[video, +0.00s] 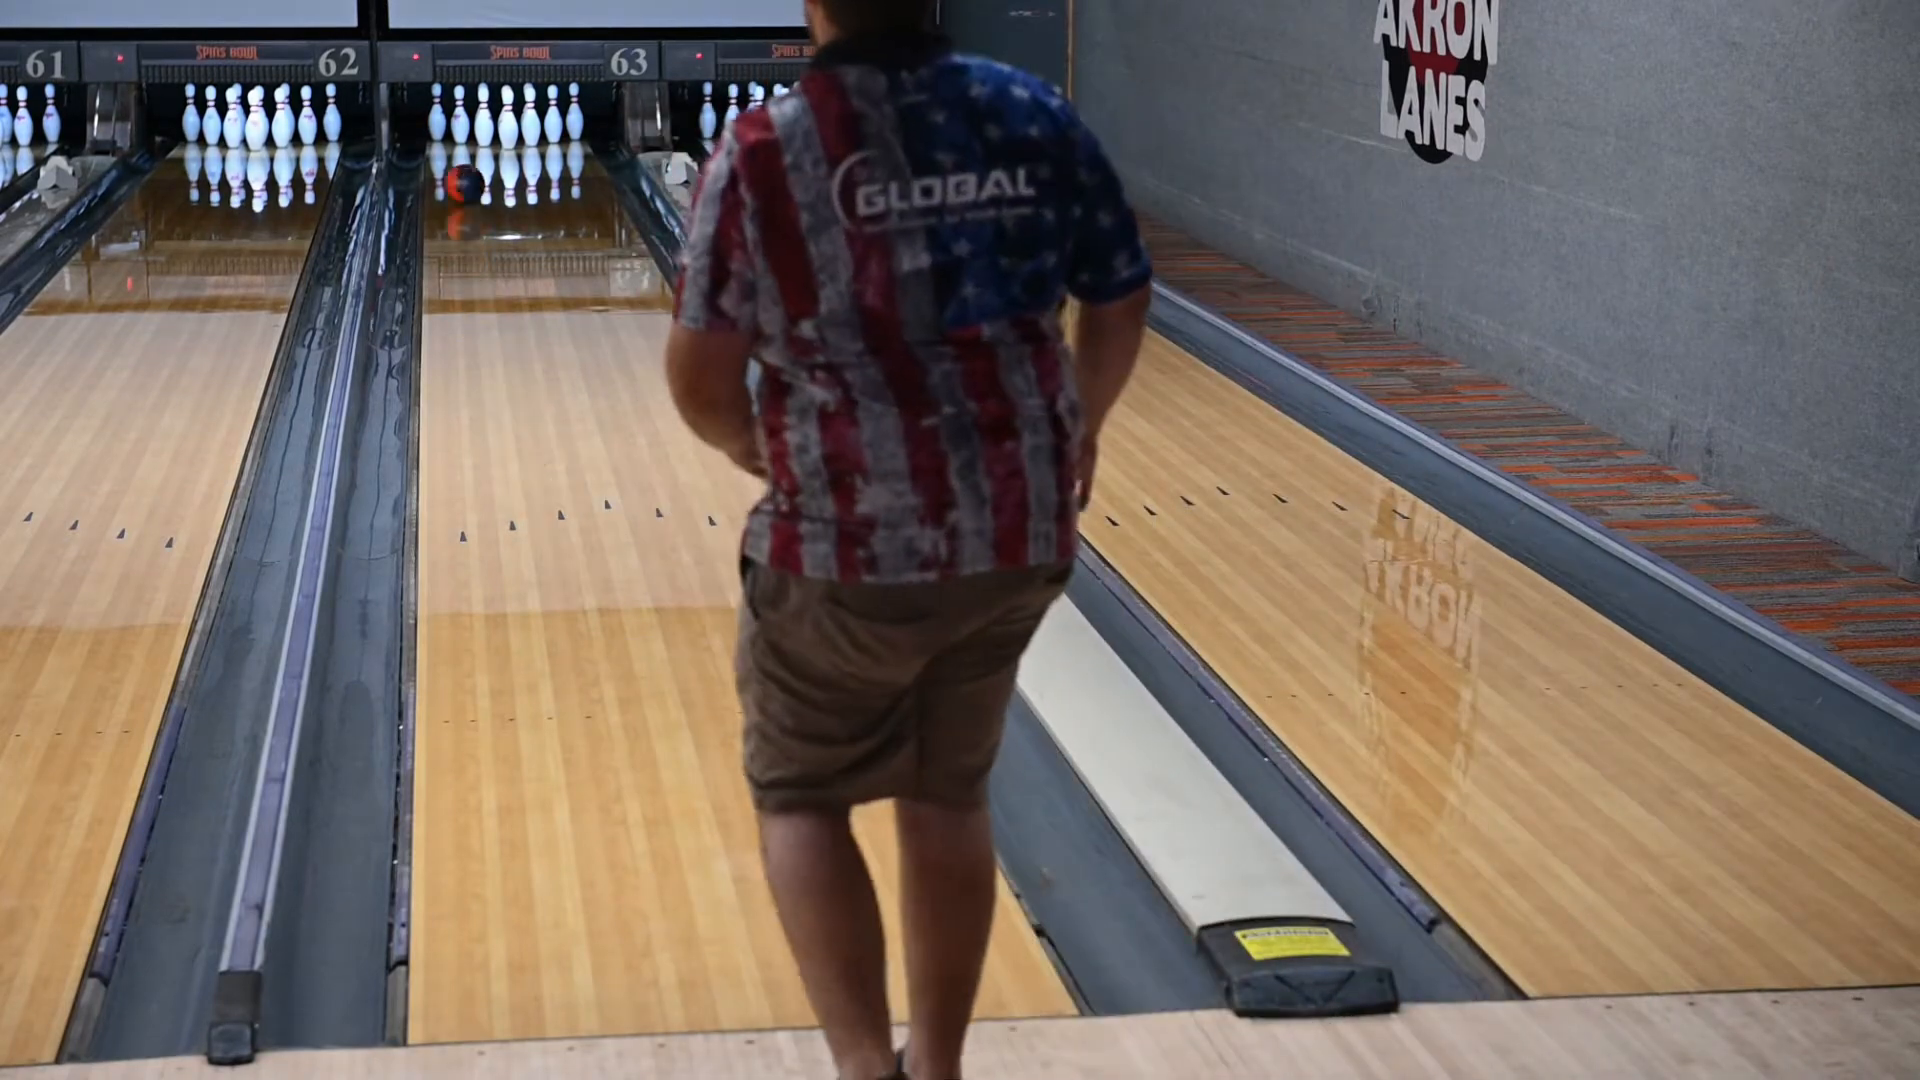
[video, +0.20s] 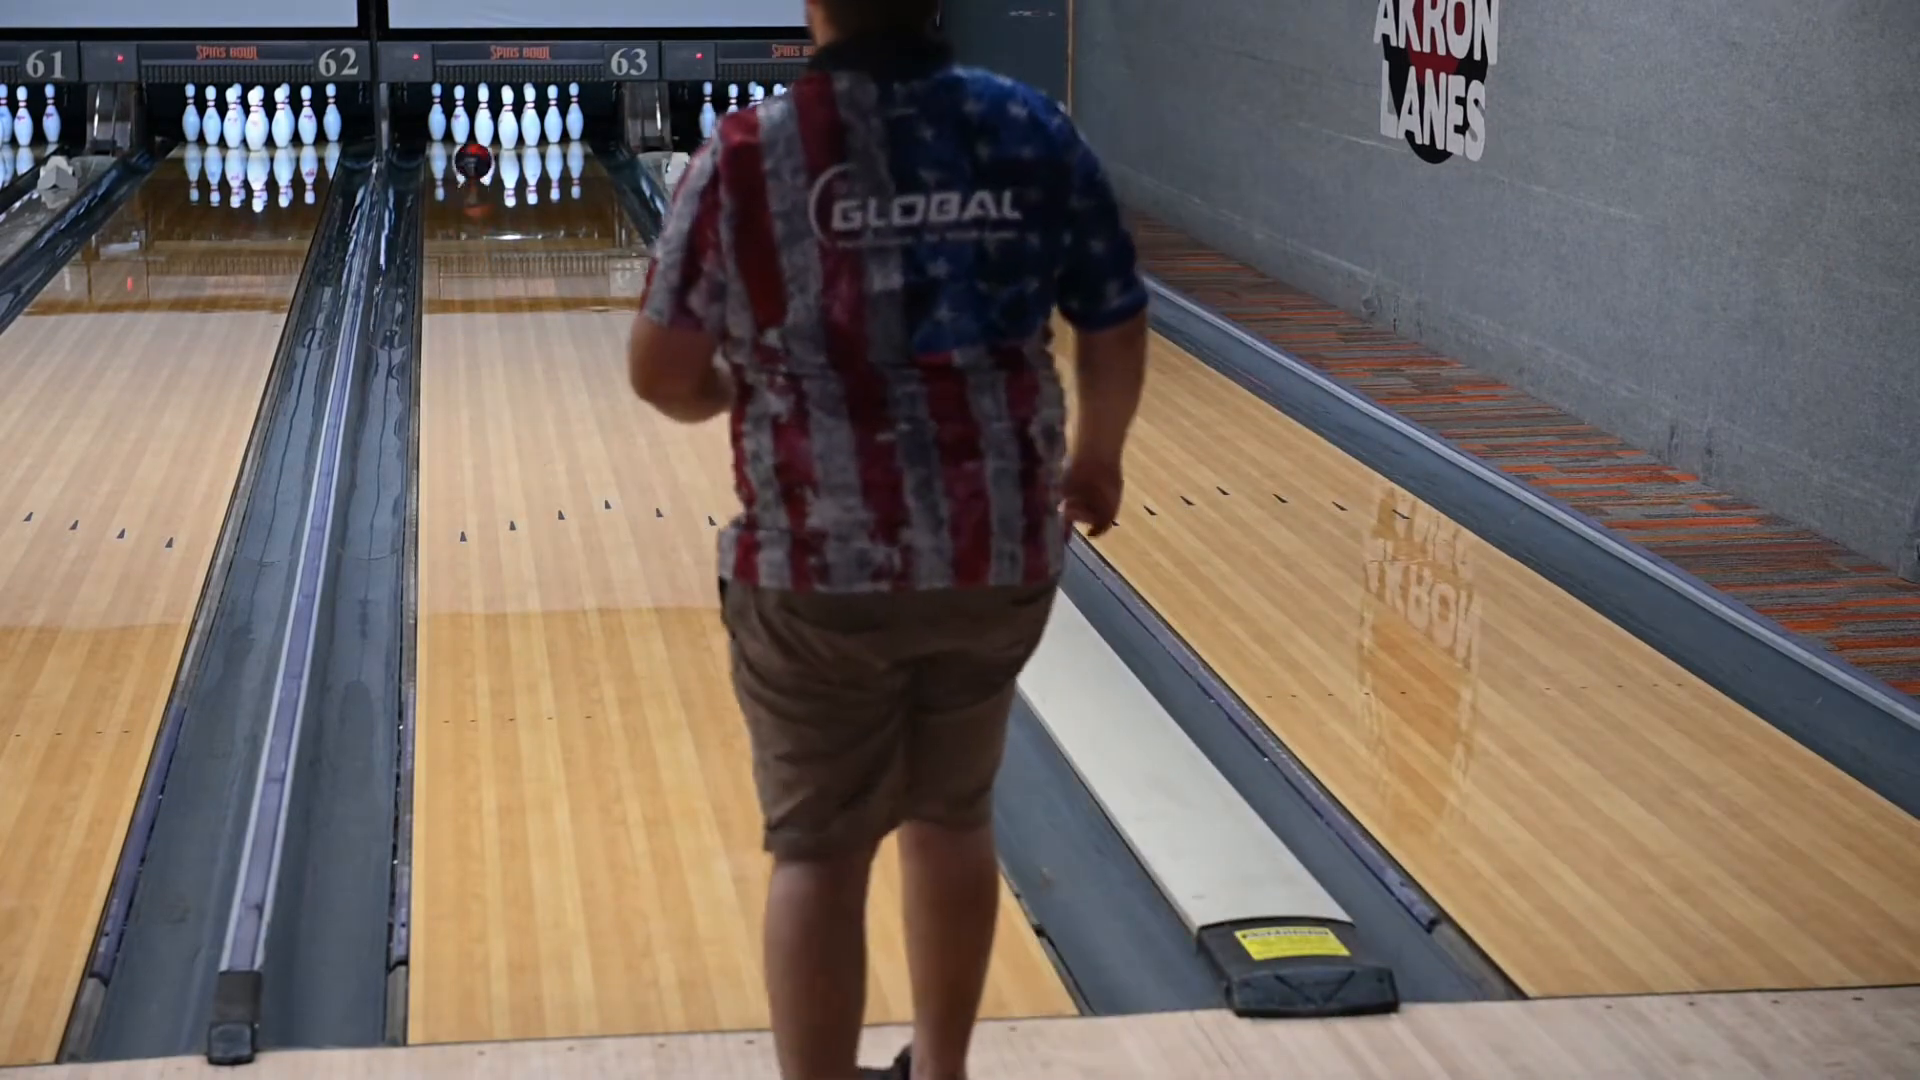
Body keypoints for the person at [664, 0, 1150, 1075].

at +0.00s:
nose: (801, 18)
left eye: (803, 9)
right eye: (809, 9)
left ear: (818, 11)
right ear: (934, 1)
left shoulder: (764, 148)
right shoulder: (1035, 117)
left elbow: (700, 380)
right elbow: (1121, 297)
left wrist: (778, 455)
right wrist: (1079, 424)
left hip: (847, 542)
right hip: (1022, 526)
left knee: (801, 795)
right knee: (950, 791)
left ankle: (868, 1066)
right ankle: (936, 1065)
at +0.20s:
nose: (802, 17)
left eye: (805, 8)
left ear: (817, 10)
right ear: (937, 5)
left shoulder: (749, 151)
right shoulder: (1031, 133)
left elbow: (666, 374)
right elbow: (1115, 317)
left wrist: (749, 377)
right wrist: (1100, 454)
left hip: (814, 561)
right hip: (997, 550)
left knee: (817, 850)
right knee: (953, 813)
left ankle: (819, 1074)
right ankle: (940, 1067)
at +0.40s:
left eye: (805, 5)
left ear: (805, 6)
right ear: (931, 4)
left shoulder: (717, 140)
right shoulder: (1015, 135)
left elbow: (626, 355)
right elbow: (1102, 341)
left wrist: (718, 393)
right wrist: (1100, 478)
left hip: (779, 550)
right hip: (973, 553)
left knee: (820, 868)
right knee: (958, 835)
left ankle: (832, 1075)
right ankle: (958, 1067)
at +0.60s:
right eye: (937, 3)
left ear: (803, 1)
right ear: (929, 6)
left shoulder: (700, 127)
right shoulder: (1007, 140)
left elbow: (619, 337)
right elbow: (1095, 360)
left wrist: (726, 386)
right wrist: (1091, 475)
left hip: (760, 558)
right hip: (965, 559)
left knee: (815, 878)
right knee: (997, 852)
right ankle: (983, 1069)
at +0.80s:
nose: (962, 15)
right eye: (960, 6)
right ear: (947, 7)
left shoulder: (712, 129)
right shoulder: (996, 163)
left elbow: (656, 327)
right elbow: (1080, 422)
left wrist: (779, 372)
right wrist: (1085, 454)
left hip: (764, 578)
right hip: (958, 594)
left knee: (817, 898)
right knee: (1007, 925)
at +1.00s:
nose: (994, 38)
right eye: (995, 23)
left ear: (851, 20)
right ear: (980, 28)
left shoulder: (761, 152)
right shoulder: (984, 191)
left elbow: (764, 383)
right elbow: (1079, 437)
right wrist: (1112, 386)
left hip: (794, 616)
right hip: (950, 639)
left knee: (847, 934)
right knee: (987, 990)